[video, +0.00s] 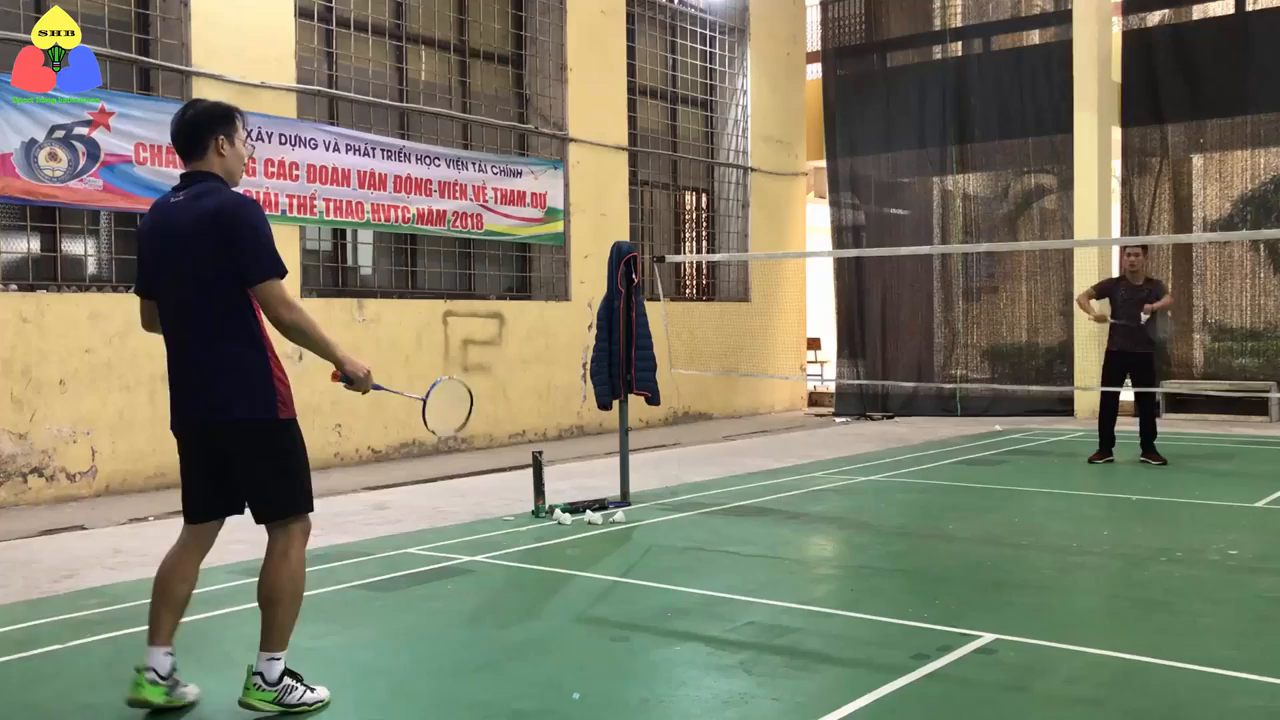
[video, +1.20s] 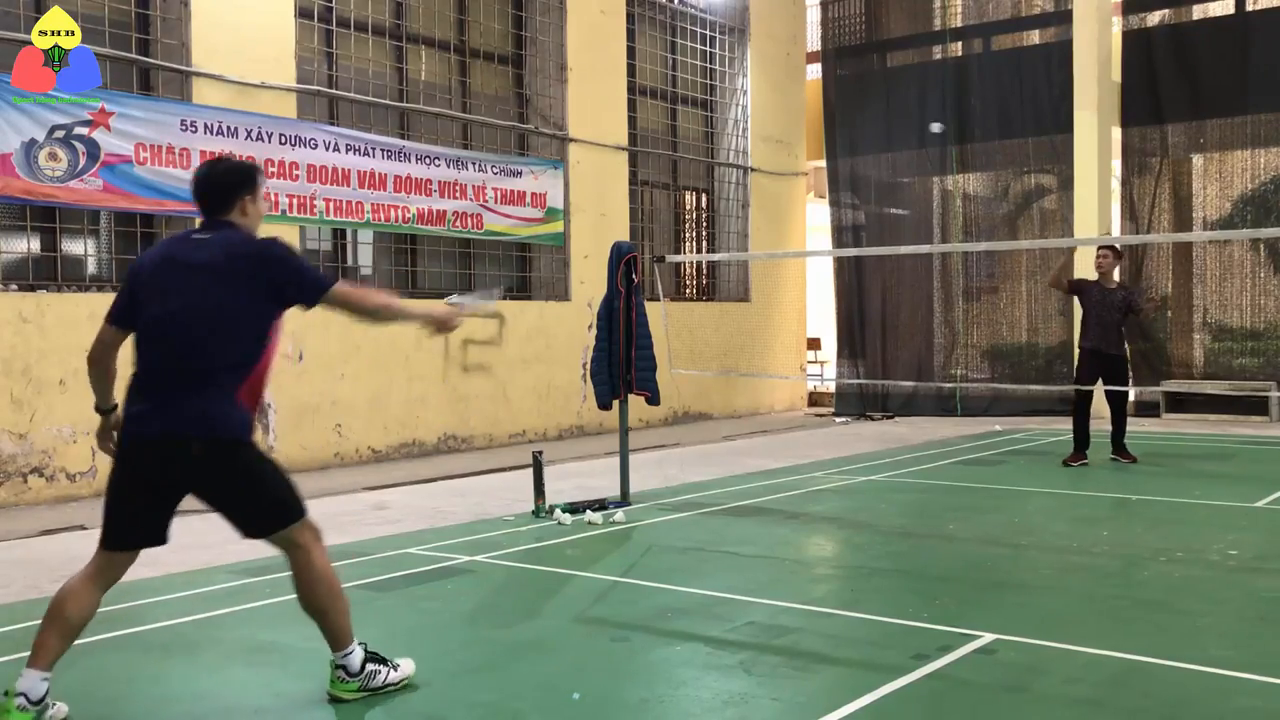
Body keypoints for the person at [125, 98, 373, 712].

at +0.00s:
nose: (249, 152)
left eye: (247, 140)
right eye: (244, 140)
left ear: (186, 149)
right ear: (222, 143)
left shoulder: (156, 217)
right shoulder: (237, 209)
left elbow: (152, 318)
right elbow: (281, 307)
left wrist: (220, 315)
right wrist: (342, 358)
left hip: (194, 407)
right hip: (257, 403)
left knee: (197, 530)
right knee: (290, 528)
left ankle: (156, 670)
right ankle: (270, 675)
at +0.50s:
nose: (300, 188)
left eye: (298, 177)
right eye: (297, 177)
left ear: (243, 180)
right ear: (279, 178)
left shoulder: (196, 235)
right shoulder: (286, 239)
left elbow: (154, 331)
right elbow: (337, 330)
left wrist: (177, 375)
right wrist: (381, 374)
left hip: (191, 416)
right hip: (258, 416)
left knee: (197, 542)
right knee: (324, 529)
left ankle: (161, 679)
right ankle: (349, 664)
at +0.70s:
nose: (346, 203)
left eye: (346, 194)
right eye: (345, 194)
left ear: (285, 193)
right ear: (331, 195)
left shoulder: (236, 238)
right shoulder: (346, 245)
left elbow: (177, 322)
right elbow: (434, 299)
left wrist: (166, 379)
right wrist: (427, 365)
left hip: (211, 410)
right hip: (284, 415)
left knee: (205, 524)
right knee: (343, 529)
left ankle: (167, 659)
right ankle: (353, 664)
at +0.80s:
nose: (351, 205)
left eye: (349, 196)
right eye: (350, 197)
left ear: (292, 194)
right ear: (340, 198)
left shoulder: (241, 236)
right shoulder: (359, 246)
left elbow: (177, 315)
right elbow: (451, 281)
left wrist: (158, 369)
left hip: (213, 411)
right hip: (289, 416)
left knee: (193, 527)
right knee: (344, 529)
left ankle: (165, 663)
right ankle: (354, 664)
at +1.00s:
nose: (330, 200)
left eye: (326, 190)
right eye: (327, 191)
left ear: (269, 189)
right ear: (314, 192)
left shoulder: (219, 234)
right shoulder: (336, 236)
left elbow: (148, 310)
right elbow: (438, 240)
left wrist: (123, 364)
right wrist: (506, 237)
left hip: (196, 412)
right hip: (276, 416)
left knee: (153, 534)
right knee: (335, 528)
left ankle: (104, 667)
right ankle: (354, 663)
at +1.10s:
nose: (300, 197)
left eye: (296, 186)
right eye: (297, 188)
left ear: (239, 190)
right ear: (284, 192)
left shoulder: (188, 246)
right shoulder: (307, 243)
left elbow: (125, 327)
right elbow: (414, 255)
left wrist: (106, 391)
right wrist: (482, 261)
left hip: (177, 430)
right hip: (256, 430)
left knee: (128, 546)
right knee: (326, 532)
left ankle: (54, 670)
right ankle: (354, 662)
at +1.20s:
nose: (263, 206)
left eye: (259, 196)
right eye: (259, 197)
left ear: (205, 204)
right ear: (244, 203)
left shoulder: (155, 260)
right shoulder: (266, 257)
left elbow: (101, 350)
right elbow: (362, 300)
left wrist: (107, 410)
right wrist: (424, 311)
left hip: (145, 439)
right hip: (219, 441)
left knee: (104, 565)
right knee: (303, 543)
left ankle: (28, 689)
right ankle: (352, 663)